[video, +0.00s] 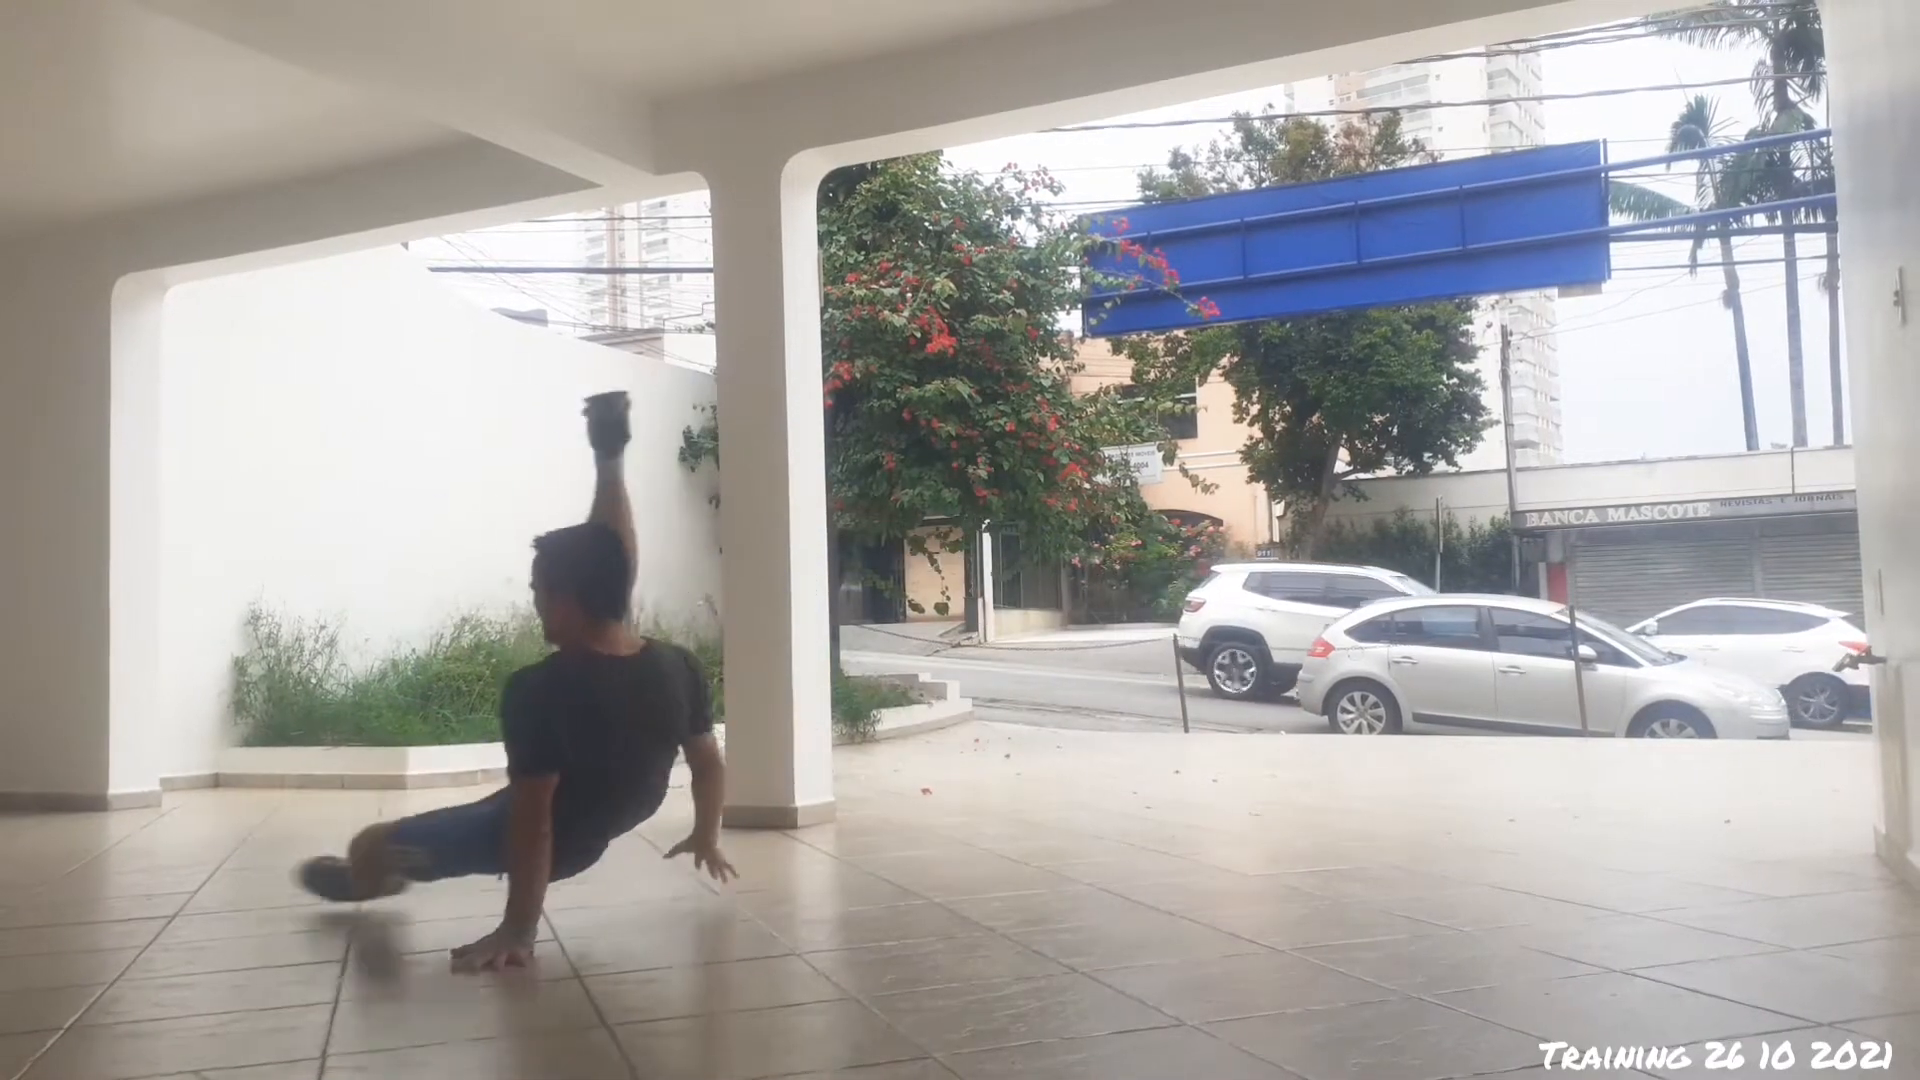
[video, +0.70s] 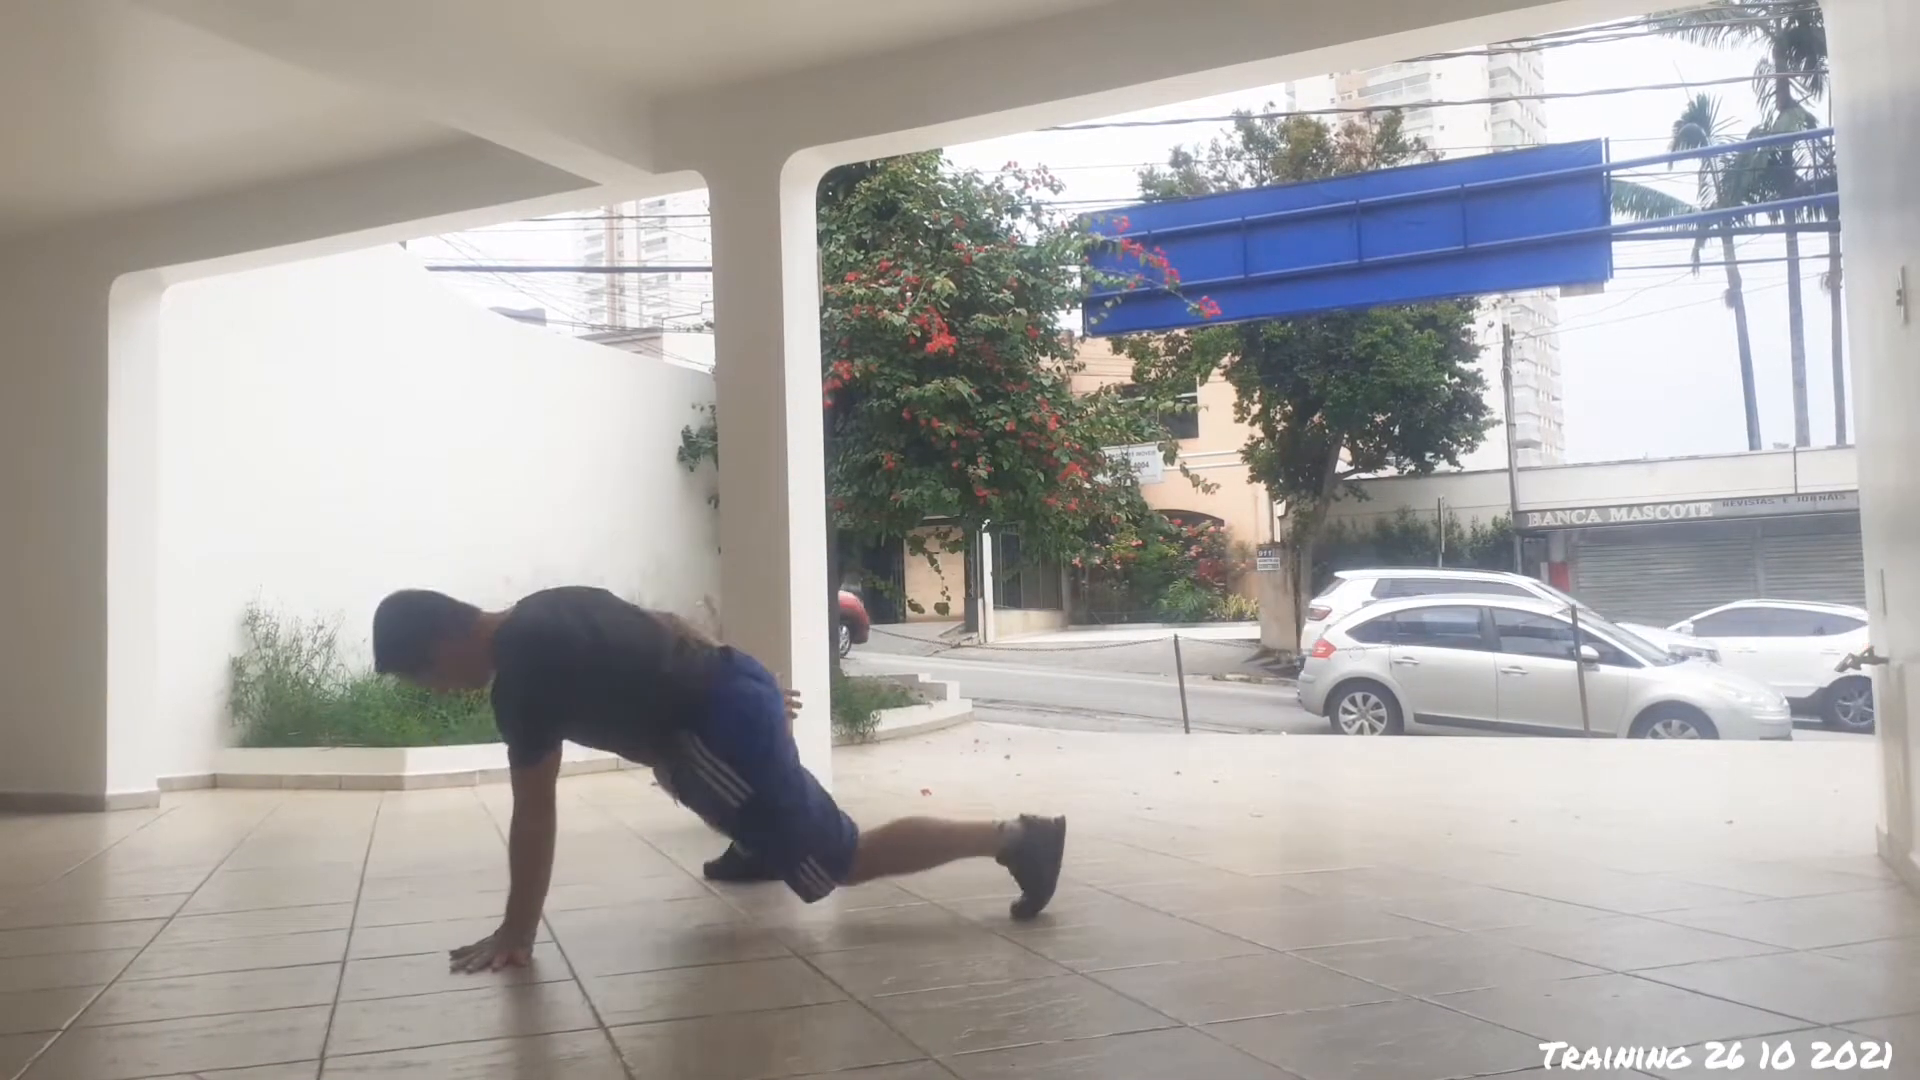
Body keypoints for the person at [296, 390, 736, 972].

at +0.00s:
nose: (535, 606)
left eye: (540, 592)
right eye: (536, 591)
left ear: (567, 601)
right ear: (619, 598)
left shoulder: (535, 689)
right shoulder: (676, 669)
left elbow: (532, 822)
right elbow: (707, 763)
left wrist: (517, 930)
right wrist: (707, 836)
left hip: (536, 836)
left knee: (376, 842)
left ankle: (364, 884)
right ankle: (610, 457)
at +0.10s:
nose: (467, 607)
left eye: (467, 593)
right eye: (463, 593)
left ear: (489, 596)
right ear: (542, 570)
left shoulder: (485, 694)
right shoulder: (633, 634)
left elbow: (507, 814)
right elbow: (701, 721)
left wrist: (512, 933)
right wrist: (721, 806)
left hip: (567, 854)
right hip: (649, 812)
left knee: (500, 865)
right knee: (606, 593)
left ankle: (650, 858)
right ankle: (576, 455)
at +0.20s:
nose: (419, 613)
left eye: (414, 600)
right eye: (412, 601)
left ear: (434, 598)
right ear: (491, 559)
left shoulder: (460, 699)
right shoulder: (592, 603)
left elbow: (499, 826)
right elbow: (687, 673)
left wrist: (514, 934)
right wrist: (742, 768)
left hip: (633, 807)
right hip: (688, 735)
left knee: (683, 871)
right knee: (638, 605)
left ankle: (824, 851)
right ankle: (621, 486)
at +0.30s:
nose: (397, 625)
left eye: (392, 611)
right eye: (389, 612)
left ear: (411, 599)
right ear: (454, 554)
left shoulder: (460, 694)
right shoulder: (571, 580)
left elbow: (500, 816)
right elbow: (676, 632)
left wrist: (513, 935)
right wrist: (754, 716)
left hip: (659, 790)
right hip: (703, 715)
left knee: (776, 861)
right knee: (679, 620)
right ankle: (691, 540)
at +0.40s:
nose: (398, 631)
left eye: (391, 617)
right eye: (390, 617)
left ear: (407, 605)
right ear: (446, 555)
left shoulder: (473, 687)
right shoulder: (564, 565)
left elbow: (509, 819)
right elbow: (684, 604)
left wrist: (515, 932)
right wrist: (760, 667)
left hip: (683, 765)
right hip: (714, 683)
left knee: (795, 869)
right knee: (698, 642)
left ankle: (961, 839)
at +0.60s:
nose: (439, 662)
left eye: (428, 650)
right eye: (425, 652)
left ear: (442, 623)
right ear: (466, 583)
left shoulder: (519, 675)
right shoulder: (572, 581)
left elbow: (530, 812)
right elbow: (689, 604)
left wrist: (515, 932)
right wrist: (776, 658)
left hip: (711, 751)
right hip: (743, 691)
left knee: (827, 875)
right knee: (696, 781)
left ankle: (999, 839)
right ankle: (754, 859)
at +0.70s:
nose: (439, 693)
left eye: (427, 680)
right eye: (424, 685)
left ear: (444, 645)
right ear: (460, 613)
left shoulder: (523, 671)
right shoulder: (551, 605)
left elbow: (534, 816)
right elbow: (670, 628)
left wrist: (516, 935)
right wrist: (755, 680)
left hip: (727, 726)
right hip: (738, 679)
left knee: (834, 856)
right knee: (678, 756)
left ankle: (1013, 840)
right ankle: (764, 848)